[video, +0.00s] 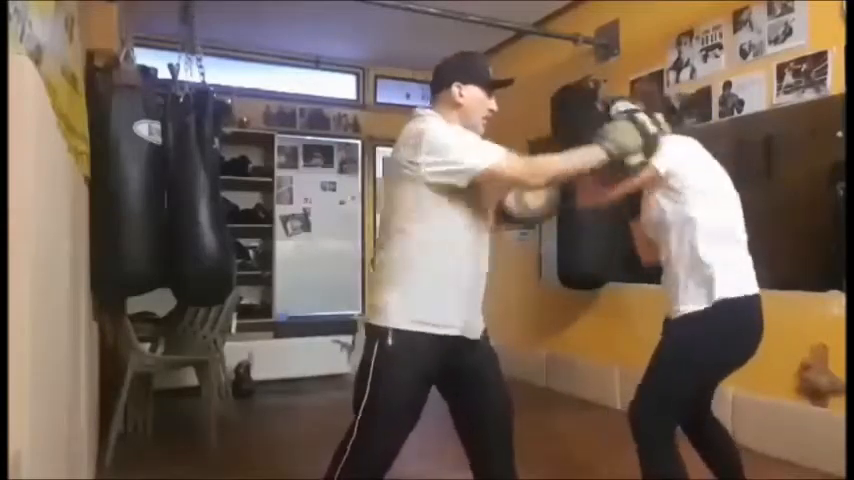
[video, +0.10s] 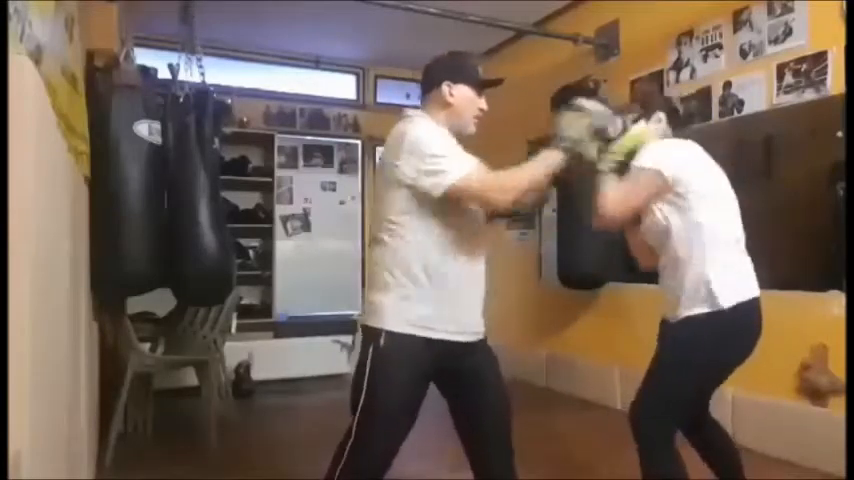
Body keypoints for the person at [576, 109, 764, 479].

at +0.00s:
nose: (620, 146)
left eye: (622, 136)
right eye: (617, 138)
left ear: (637, 132)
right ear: (656, 124)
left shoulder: (672, 148)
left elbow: (591, 196)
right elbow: (650, 255)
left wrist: (601, 150)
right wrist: (630, 195)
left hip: (708, 319)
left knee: (648, 415)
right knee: (693, 413)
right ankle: (734, 474)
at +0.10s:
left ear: (628, 131)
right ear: (653, 127)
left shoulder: (666, 153)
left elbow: (610, 211)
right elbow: (648, 259)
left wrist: (604, 166)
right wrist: (628, 210)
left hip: (708, 319)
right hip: (730, 316)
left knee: (649, 418)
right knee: (691, 414)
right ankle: (734, 473)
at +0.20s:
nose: (627, 127)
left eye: (635, 117)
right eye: (625, 119)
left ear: (665, 113)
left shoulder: (701, 156)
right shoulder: (648, 165)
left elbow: (665, 230)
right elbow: (611, 231)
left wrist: (647, 172)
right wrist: (605, 181)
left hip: (716, 313)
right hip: (672, 317)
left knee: (654, 418)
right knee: (699, 419)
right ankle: (730, 473)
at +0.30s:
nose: (631, 125)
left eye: (638, 115)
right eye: (628, 117)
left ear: (671, 111)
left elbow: (704, 219)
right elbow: (567, 169)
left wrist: (670, 159)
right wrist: (558, 126)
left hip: (716, 312)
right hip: (667, 317)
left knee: (656, 416)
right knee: (705, 420)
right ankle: (738, 475)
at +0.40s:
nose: (634, 124)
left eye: (640, 113)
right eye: (630, 116)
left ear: (669, 110)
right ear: (631, 121)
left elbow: (734, 179)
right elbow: (585, 172)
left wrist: (680, 139)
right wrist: (570, 146)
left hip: (713, 310)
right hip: (663, 315)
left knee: (656, 417)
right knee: (697, 419)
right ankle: (736, 473)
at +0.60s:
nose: (639, 120)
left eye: (645, 106)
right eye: (639, 106)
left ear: (673, 107)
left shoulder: (695, 139)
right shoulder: (666, 170)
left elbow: (620, 98)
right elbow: (665, 248)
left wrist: (587, 121)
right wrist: (626, 213)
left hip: (705, 305)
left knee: (648, 413)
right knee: (697, 413)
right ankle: (740, 474)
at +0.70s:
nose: (642, 126)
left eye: (650, 115)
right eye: (641, 117)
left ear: (683, 113)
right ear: (679, 116)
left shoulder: (686, 147)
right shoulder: (701, 151)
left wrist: (583, 142)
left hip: (700, 311)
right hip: (723, 309)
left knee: (645, 414)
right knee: (699, 414)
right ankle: (741, 475)